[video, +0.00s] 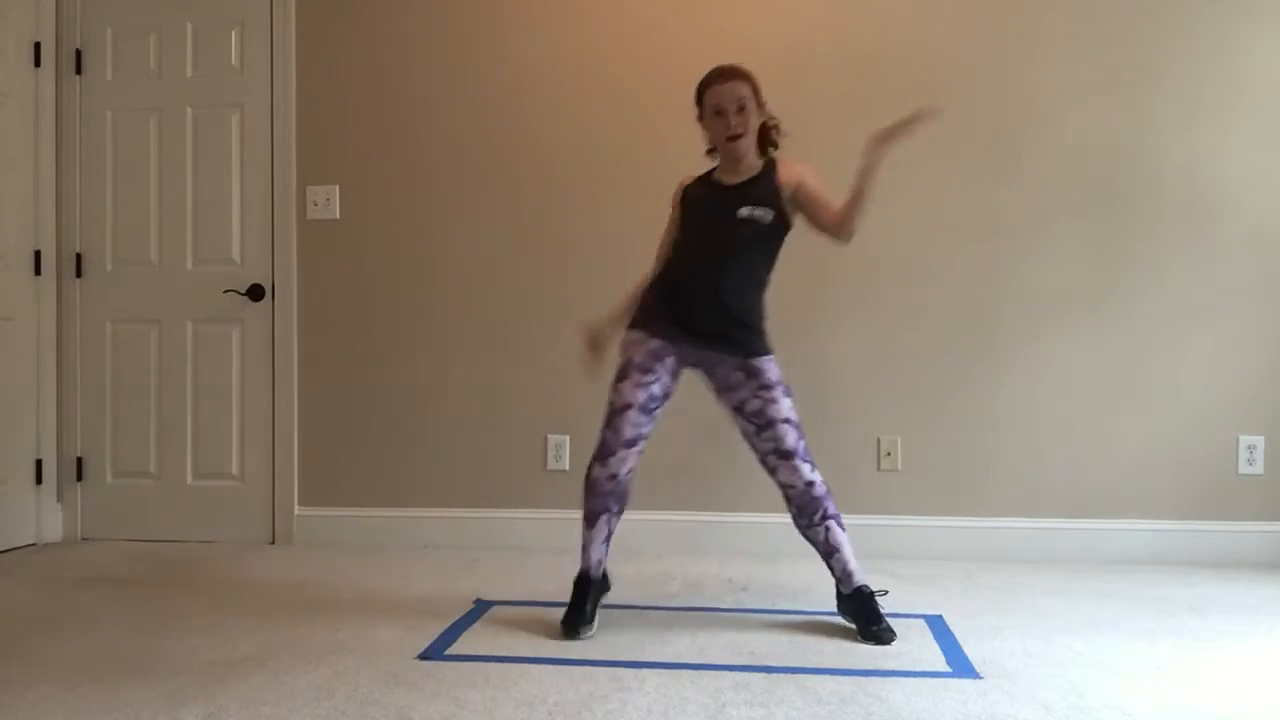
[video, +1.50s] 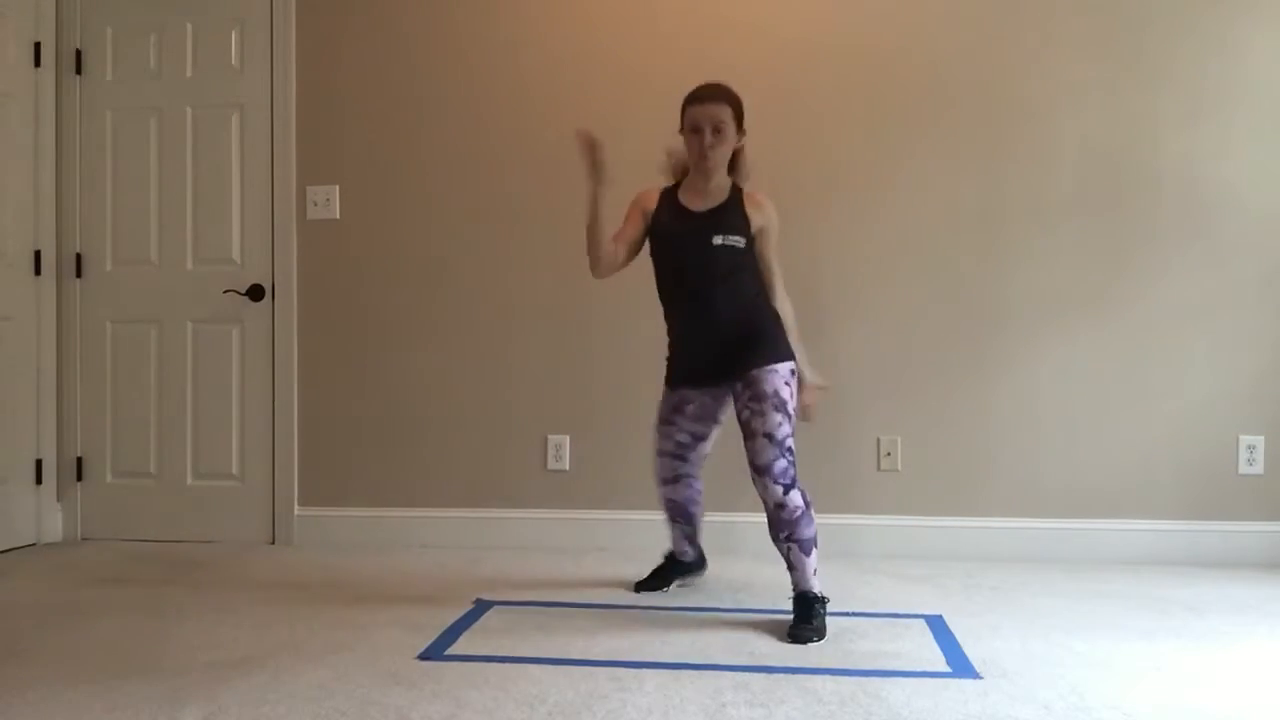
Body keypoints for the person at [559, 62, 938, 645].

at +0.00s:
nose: (731, 121)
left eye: (741, 108)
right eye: (718, 113)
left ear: (761, 113)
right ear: (703, 124)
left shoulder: (784, 180)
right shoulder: (689, 193)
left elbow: (842, 227)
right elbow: (663, 269)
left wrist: (873, 155)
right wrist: (612, 324)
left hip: (736, 341)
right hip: (659, 330)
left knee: (793, 467)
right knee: (612, 457)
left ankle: (853, 589)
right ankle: (590, 579)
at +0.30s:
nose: (671, 113)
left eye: (680, 101)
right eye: (658, 101)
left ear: (691, 106)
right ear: (632, 109)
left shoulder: (710, 177)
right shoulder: (608, 179)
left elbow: (764, 243)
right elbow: (551, 243)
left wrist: (833, 268)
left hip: (708, 332)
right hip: (635, 339)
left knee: (776, 417)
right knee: (610, 460)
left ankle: (773, 553)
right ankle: (592, 592)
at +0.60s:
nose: (684, 151)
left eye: (693, 141)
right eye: (671, 141)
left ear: (704, 146)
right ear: (650, 148)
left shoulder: (726, 210)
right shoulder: (630, 216)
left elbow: (749, 289)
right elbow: (576, 278)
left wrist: (773, 356)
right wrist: (576, 203)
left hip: (733, 355)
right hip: (667, 359)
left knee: (741, 465)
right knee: (633, 470)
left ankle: (728, 547)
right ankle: (594, 590)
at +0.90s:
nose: (694, 118)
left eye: (703, 107)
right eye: (683, 110)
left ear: (721, 109)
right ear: (668, 115)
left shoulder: (737, 180)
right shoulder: (647, 171)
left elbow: (753, 263)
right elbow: (619, 244)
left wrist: (800, 223)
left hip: (704, 326)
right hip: (641, 320)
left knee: (713, 438)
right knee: (639, 434)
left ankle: (710, 541)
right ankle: (638, 540)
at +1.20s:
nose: (681, 122)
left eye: (690, 111)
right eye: (669, 112)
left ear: (704, 113)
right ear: (651, 118)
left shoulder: (725, 177)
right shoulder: (631, 181)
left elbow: (758, 254)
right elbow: (607, 264)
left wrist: (828, 255)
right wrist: (549, 309)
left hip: (716, 325)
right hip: (651, 330)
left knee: (751, 429)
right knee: (645, 445)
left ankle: (754, 525)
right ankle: (643, 549)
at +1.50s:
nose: (704, 139)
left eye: (717, 130)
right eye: (694, 129)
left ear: (737, 137)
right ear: (681, 135)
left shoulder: (754, 207)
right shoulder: (653, 205)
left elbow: (775, 293)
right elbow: (602, 263)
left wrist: (803, 370)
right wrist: (597, 184)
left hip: (759, 355)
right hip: (692, 362)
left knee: (774, 474)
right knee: (674, 462)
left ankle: (807, 594)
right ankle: (686, 554)